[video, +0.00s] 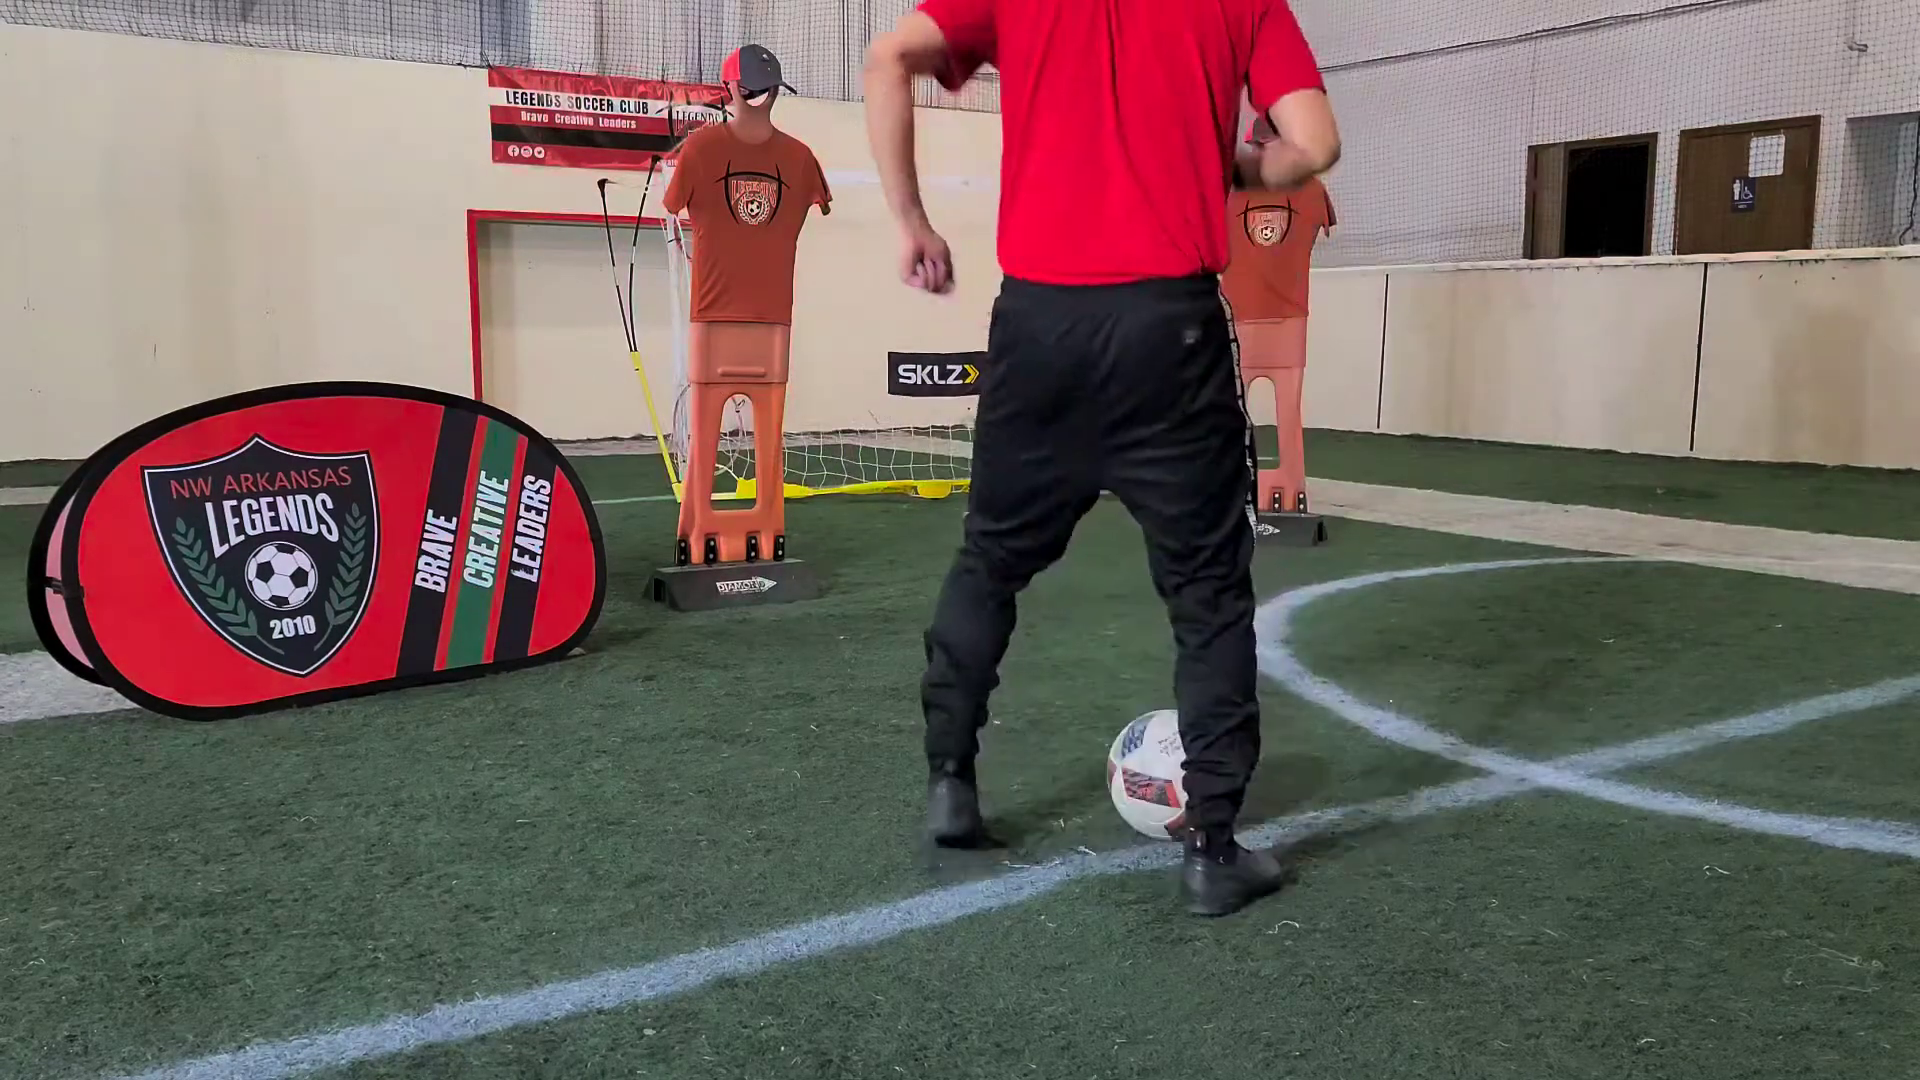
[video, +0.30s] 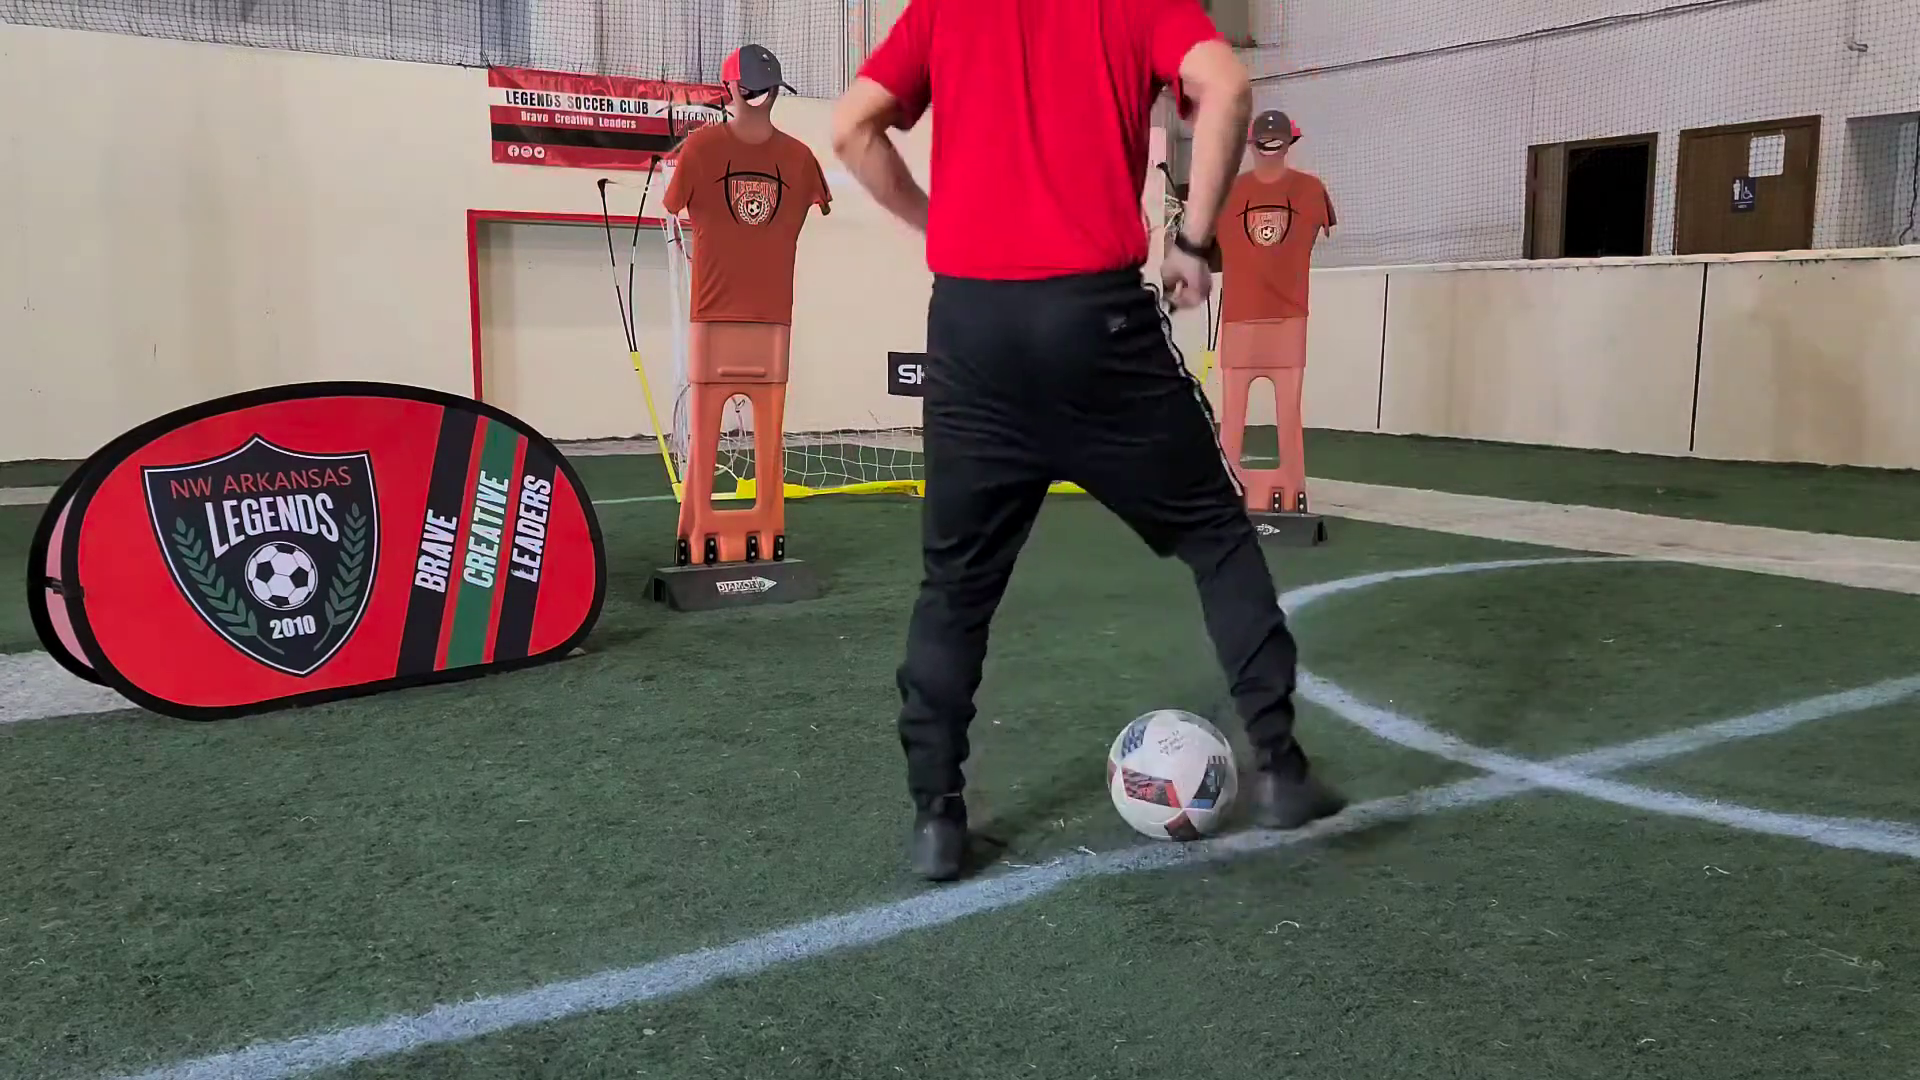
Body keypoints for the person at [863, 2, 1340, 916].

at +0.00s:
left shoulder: (1012, 4)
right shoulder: (1241, 4)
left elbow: (887, 56)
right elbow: (1311, 145)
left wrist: (909, 217)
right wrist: (1239, 165)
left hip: (1039, 311)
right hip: (1170, 315)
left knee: (993, 550)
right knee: (1207, 588)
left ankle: (950, 782)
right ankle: (1216, 847)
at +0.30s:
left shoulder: (946, 8)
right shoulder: (1137, 4)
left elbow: (853, 126)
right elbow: (1225, 85)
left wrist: (934, 223)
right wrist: (1194, 239)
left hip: (968, 315)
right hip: (1096, 312)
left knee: (955, 576)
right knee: (1214, 533)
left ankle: (935, 814)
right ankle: (1279, 765)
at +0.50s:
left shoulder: (979, 1)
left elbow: (886, 52)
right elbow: (1224, 34)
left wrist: (944, 171)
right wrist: (1188, 169)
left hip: (996, 264)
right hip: (1118, 268)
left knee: (935, 490)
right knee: (1143, 525)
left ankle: (874, 704)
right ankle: (1134, 764)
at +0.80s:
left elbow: (902, 85)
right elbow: (1232, 85)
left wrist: (961, 182)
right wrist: (1196, 205)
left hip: (997, 274)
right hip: (1113, 272)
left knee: (979, 518)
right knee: (1191, 500)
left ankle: (969, 739)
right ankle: (1213, 721)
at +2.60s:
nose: (1180, 41)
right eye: (1179, 30)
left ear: (1108, 30)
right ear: (1172, 35)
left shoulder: (1057, 88)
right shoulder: (1189, 87)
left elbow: (1003, 183)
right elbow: (1226, 140)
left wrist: (1060, 223)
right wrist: (1228, 238)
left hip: (1067, 304)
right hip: (1152, 301)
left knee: (1060, 465)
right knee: (1207, 443)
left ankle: (1053, 631)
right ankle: (1223, 592)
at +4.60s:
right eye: (1235, 110)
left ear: (1185, 109)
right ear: (1234, 111)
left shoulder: (1156, 147)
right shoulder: (1256, 157)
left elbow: (1110, 199)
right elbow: (1295, 230)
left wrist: (1127, 257)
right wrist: (1278, 250)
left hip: (1163, 312)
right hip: (1225, 315)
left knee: (1128, 414)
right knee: (1227, 440)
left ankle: (1102, 523)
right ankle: (1219, 562)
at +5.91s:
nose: (1295, 122)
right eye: (1295, 115)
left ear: (1245, 113)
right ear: (1290, 116)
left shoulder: (1208, 158)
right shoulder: (1304, 165)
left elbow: (1163, 223)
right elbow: (1326, 230)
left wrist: (1188, 266)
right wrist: (1313, 287)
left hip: (1207, 309)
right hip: (1261, 313)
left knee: (1212, 381)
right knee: (1256, 427)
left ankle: (1187, 486)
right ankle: (1240, 544)